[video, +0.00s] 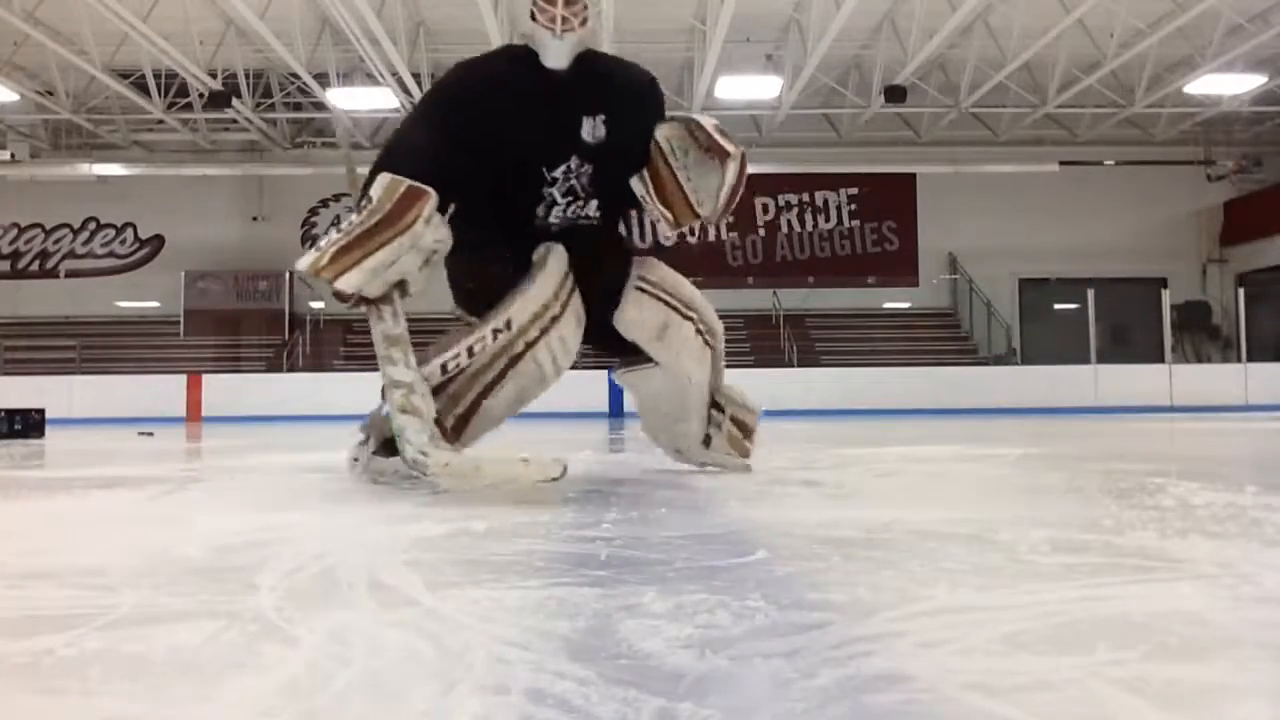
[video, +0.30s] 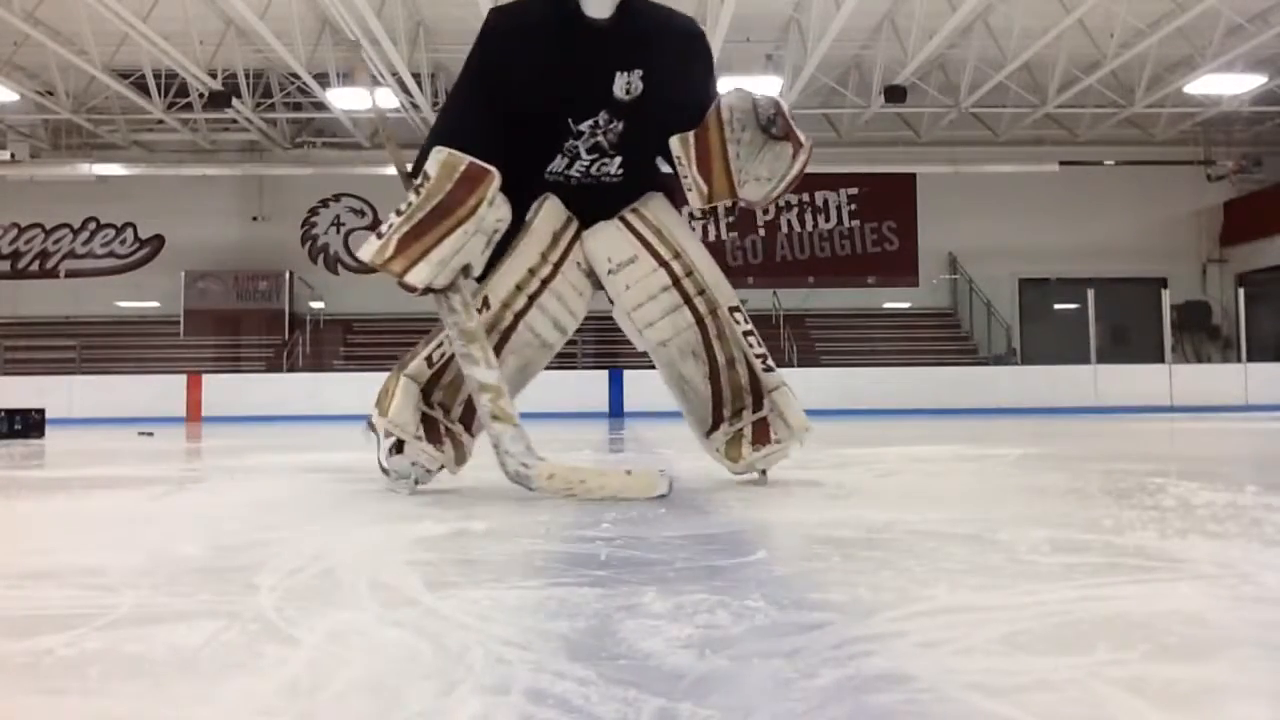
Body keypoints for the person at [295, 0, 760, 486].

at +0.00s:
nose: (560, 12)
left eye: (573, 3)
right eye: (547, 2)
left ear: (589, 12)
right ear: (527, 8)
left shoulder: (630, 89)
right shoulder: (474, 86)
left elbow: (648, 203)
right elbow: (402, 178)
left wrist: (686, 192)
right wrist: (370, 259)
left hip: (594, 255)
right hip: (494, 255)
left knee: (682, 322)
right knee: (541, 334)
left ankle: (697, 436)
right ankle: (401, 439)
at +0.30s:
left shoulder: (674, 38)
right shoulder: (516, 28)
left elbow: (700, 130)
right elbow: (466, 142)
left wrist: (758, 139)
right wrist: (432, 242)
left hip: (633, 198)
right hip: (535, 198)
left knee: (697, 305)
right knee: (502, 319)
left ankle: (748, 433)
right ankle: (418, 427)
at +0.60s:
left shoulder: (695, 40)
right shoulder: (531, 35)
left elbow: (714, 136)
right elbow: (481, 152)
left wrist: (764, 149)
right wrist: (458, 252)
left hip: (652, 209)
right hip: (551, 213)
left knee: (722, 312)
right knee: (514, 333)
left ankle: (790, 434)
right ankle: (415, 427)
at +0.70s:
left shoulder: (696, 52)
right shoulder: (531, 48)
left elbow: (713, 168)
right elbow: (484, 163)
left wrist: (759, 165)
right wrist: (460, 258)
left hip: (660, 226)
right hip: (557, 229)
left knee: (730, 325)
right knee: (513, 343)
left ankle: (804, 435)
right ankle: (419, 436)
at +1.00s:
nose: (606, 68)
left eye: (621, 55)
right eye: (594, 55)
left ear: (650, 61)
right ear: (579, 61)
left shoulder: (696, 143)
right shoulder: (530, 137)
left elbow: (718, 250)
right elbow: (480, 241)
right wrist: (453, 323)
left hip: (660, 366)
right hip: (548, 367)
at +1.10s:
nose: (575, 71)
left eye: (591, 59)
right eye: (570, 58)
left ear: (630, 64)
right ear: (562, 61)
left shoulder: (689, 140)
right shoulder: (525, 139)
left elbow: (703, 260)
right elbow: (493, 245)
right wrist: (449, 312)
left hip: (662, 360)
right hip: (550, 366)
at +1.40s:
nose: (487, 61)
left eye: (498, 46)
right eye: (487, 48)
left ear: (535, 50)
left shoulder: (606, 106)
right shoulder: (486, 141)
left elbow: (625, 220)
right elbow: (471, 233)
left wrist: (525, 249)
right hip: (552, 303)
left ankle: (670, 448)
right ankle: (587, 459)